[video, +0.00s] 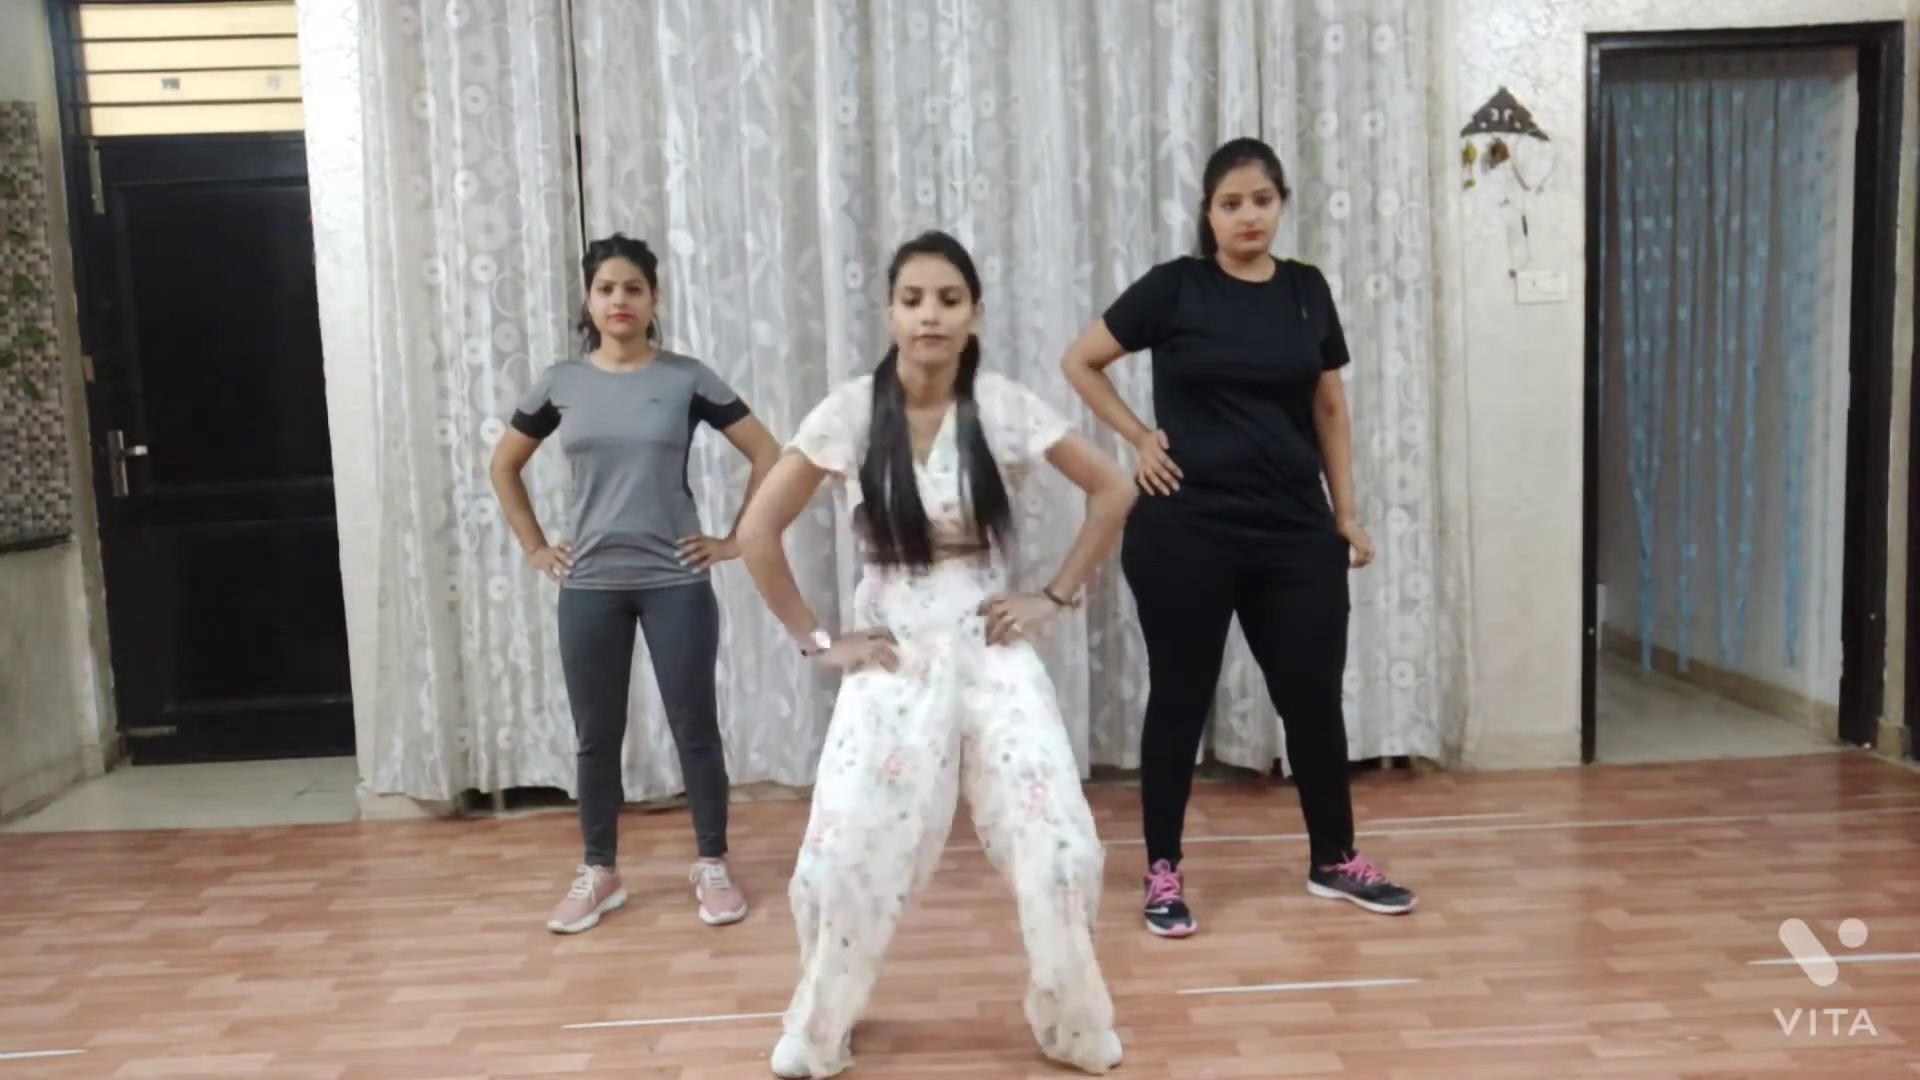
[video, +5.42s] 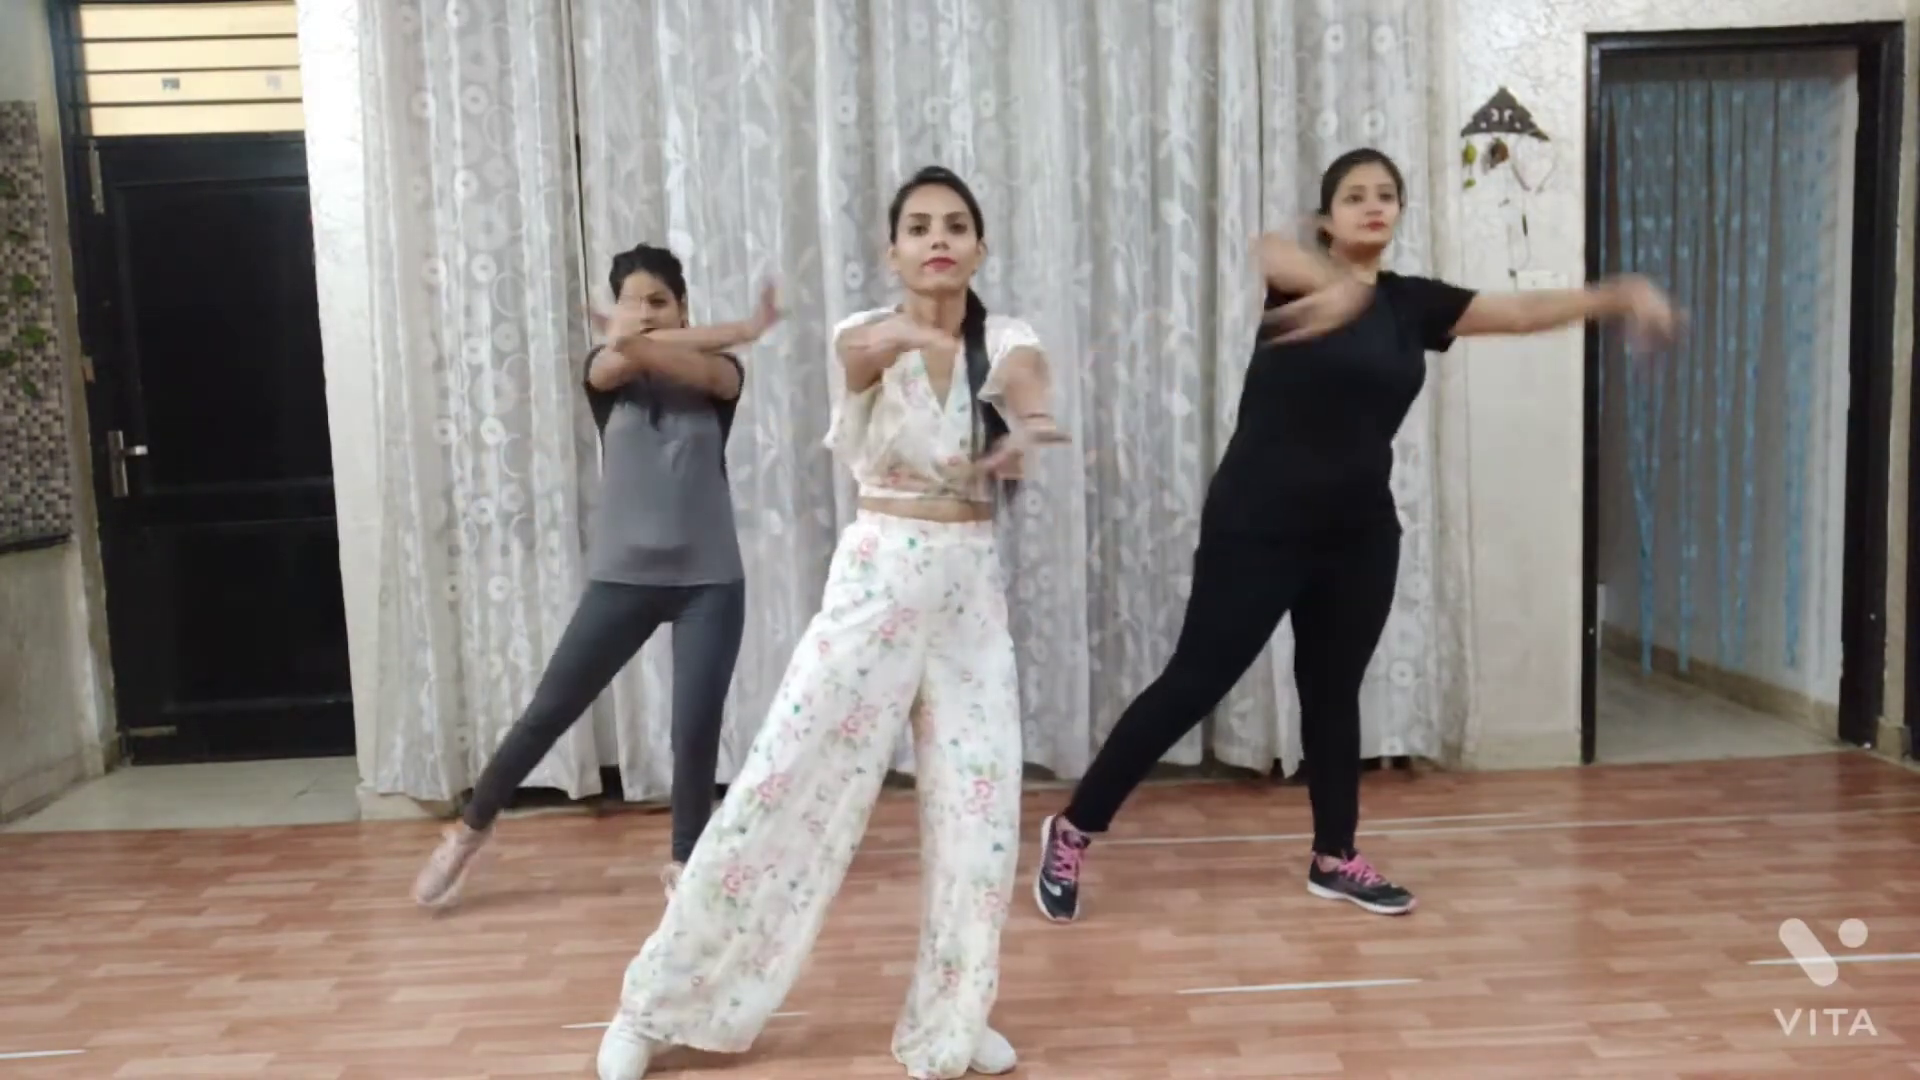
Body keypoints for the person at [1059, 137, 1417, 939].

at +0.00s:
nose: (1248, 215)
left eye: (1262, 200)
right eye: (1232, 202)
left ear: (1282, 206)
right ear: (1208, 211)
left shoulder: (1305, 290)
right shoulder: (1173, 288)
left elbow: (1331, 409)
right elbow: (1079, 363)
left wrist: (1346, 515)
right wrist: (1139, 436)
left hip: (1293, 529)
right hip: (1186, 526)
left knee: (1315, 699)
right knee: (1180, 699)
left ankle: (1335, 860)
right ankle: (1162, 870)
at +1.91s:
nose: (1248, 209)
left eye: (1261, 194)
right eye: (1231, 197)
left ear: (1282, 203)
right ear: (1208, 209)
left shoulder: (1307, 290)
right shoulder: (1175, 288)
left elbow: (1334, 409)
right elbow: (1082, 365)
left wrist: (1349, 512)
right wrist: (1143, 438)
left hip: (1296, 528)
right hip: (1188, 526)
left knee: (1317, 698)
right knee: (1182, 699)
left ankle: (1336, 861)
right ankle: (1163, 870)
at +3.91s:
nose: (1249, 207)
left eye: (1262, 193)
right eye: (1233, 195)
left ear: (1283, 203)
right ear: (1209, 207)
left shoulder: (1308, 290)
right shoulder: (1175, 288)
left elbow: (1334, 409)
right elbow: (1082, 363)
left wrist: (1349, 512)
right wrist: (1142, 438)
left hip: (1296, 529)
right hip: (1188, 527)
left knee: (1317, 698)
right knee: (1181, 699)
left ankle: (1336, 861)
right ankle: (1163, 871)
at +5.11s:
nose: (1343, 190)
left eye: (1357, 180)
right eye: (1327, 181)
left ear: (1379, 204)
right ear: (1303, 206)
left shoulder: (1394, 298)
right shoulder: (1269, 283)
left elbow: (1420, 402)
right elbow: (1159, 358)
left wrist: (1450, 488)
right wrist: (1131, 462)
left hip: (1357, 527)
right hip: (1252, 522)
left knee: (1340, 695)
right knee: (1190, 689)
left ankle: (1334, 859)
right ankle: (1078, 834)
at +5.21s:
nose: (1361, 200)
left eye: (1374, 190)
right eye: (1344, 191)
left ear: (1392, 212)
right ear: (1317, 213)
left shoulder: (1405, 307)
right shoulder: (1284, 278)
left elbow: (1485, 375)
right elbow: (1176, 314)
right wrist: (1152, 404)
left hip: (1358, 528)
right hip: (1256, 520)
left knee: (1336, 692)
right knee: (1195, 689)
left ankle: (1335, 856)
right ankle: (1079, 836)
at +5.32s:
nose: (1370, 204)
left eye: (1383, 194)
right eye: (1353, 194)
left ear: (1397, 215)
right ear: (1323, 214)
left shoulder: (1412, 306)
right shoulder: (1292, 270)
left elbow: (1511, 335)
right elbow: (1229, 278)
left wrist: (1611, 349)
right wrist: (1241, 331)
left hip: (1357, 527)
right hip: (1260, 517)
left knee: (1335, 691)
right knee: (1195, 687)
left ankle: (1335, 856)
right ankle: (1077, 831)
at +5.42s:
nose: (1374, 209)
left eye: (1386, 198)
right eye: (1357, 198)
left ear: (1399, 215)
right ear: (1325, 216)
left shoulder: (1414, 301)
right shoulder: (1296, 269)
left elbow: (1521, 309)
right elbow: (1270, 255)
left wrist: (1617, 296)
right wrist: (1337, 282)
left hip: (1356, 530)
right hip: (1257, 520)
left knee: (1333, 694)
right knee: (1195, 684)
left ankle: (1335, 857)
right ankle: (1075, 831)